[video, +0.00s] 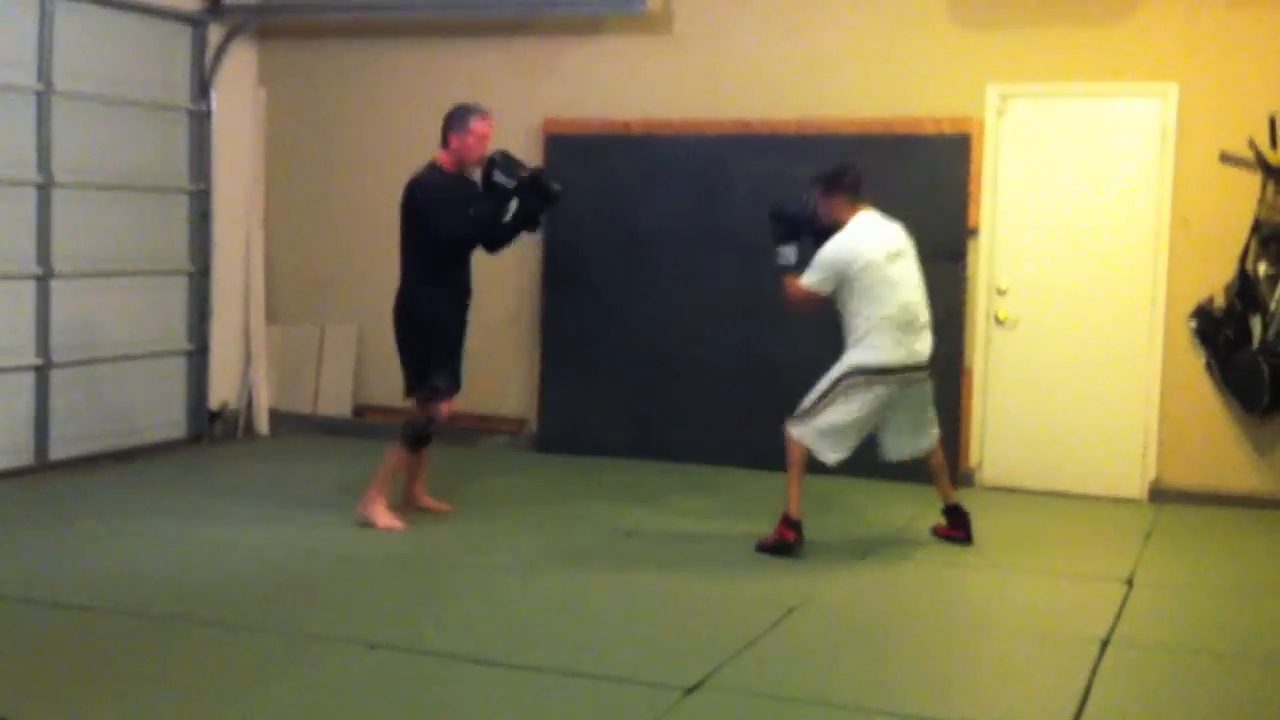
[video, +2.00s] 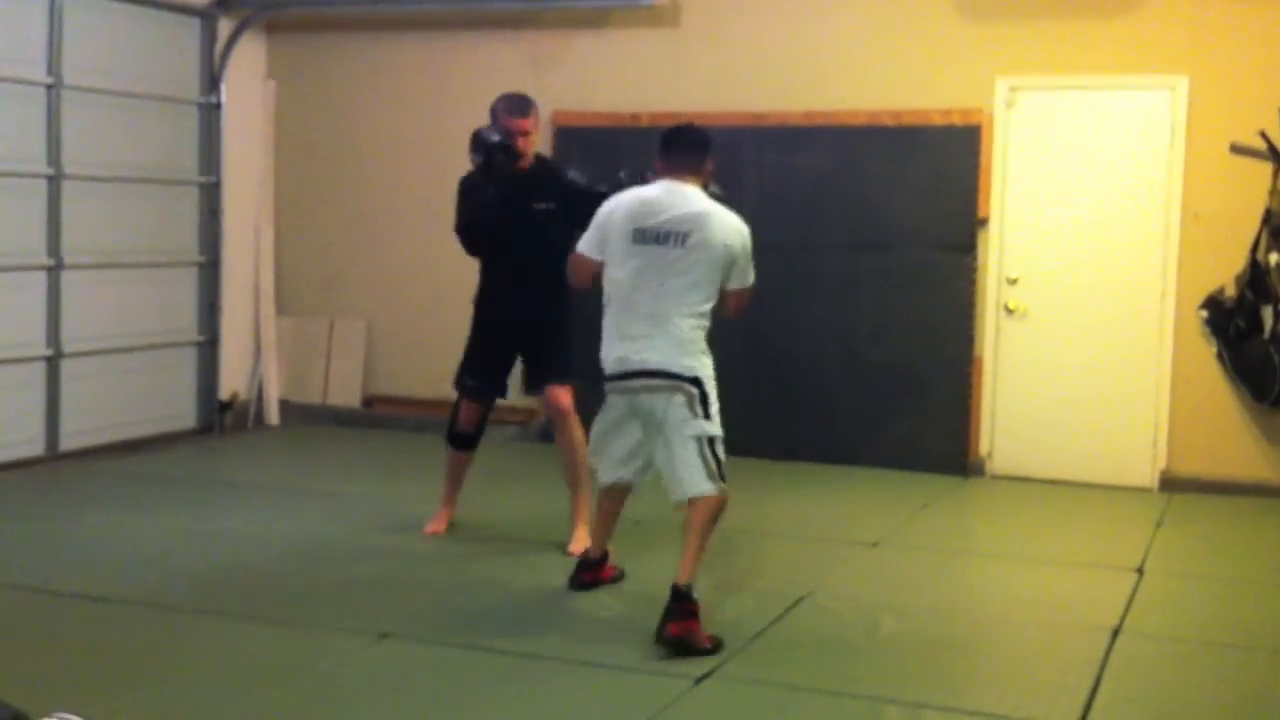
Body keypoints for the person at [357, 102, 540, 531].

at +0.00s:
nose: (486, 149)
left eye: (488, 140)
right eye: (482, 139)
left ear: (465, 139)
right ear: (456, 138)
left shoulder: (463, 185)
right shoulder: (430, 187)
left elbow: (491, 239)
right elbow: (470, 233)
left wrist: (528, 209)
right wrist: (497, 193)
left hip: (446, 308)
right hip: (423, 308)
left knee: (436, 403)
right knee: (431, 404)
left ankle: (415, 491)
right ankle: (376, 498)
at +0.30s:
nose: (468, 148)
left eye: (471, 139)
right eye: (463, 138)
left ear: (449, 139)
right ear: (437, 134)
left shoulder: (449, 183)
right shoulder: (409, 183)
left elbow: (472, 241)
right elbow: (454, 233)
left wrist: (504, 208)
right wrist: (477, 186)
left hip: (448, 307)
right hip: (413, 309)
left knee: (502, 382)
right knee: (408, 405)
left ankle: (472, 479)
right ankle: (368, 502)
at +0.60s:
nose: (490, 156)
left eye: (494, 147)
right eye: (483, 146)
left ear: (495, 151)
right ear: (461, 144)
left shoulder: (489, 194)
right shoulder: (432, 193)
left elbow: (533, 236)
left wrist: (534, 185)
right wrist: (492, 187)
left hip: (483, 317)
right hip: (439, 319)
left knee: (510, 407)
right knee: (426, 415)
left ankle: (539, 507)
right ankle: (368, 502)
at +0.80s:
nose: (511, 146)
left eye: (518, 140)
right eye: (504, 137)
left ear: (525, 143)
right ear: (485, 135)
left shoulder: (526, 187)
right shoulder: (454, 182)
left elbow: (558, 240)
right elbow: (459, 230)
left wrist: (564, 192)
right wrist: (491, 175)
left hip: (510, 310)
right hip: (463, 309)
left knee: (529, 406)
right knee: (464, 410)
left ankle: (544, 506)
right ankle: (427, 493)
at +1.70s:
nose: (525, 143)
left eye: (533, 135)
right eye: (517, 135)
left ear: (547, 137)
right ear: (502, 136)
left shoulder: (576, 184)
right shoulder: (490, 187)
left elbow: (579, 242)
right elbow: (511, 232)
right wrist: (524, 164)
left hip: (568, 314)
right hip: (515, 314)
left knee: (585, 413)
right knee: (486, 413)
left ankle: (602, 528)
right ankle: (464, 500)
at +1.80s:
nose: (513, 141)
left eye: (518, 133)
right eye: (508, 133)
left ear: (507, 134)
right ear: (515, 134)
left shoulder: (566, 181)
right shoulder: (484, 191)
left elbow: (613, 227)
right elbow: (507, 243)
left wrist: (600, 268)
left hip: (565, 312)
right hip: (511, 314)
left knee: (582, 414)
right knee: (475, 413)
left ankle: (604, 530)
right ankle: (446, 505)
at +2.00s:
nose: (520, 143)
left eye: (527, 134)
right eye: (511, 135)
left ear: (538, 132)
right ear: (494, 133)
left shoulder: (555, 180)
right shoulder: (478, 184)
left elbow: (600, 212)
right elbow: (473, 242)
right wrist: (491, 179)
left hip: (549, 308)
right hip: (497, 308)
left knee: (560, 402)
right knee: (470, 409)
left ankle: (581, 521)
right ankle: (446, 507)